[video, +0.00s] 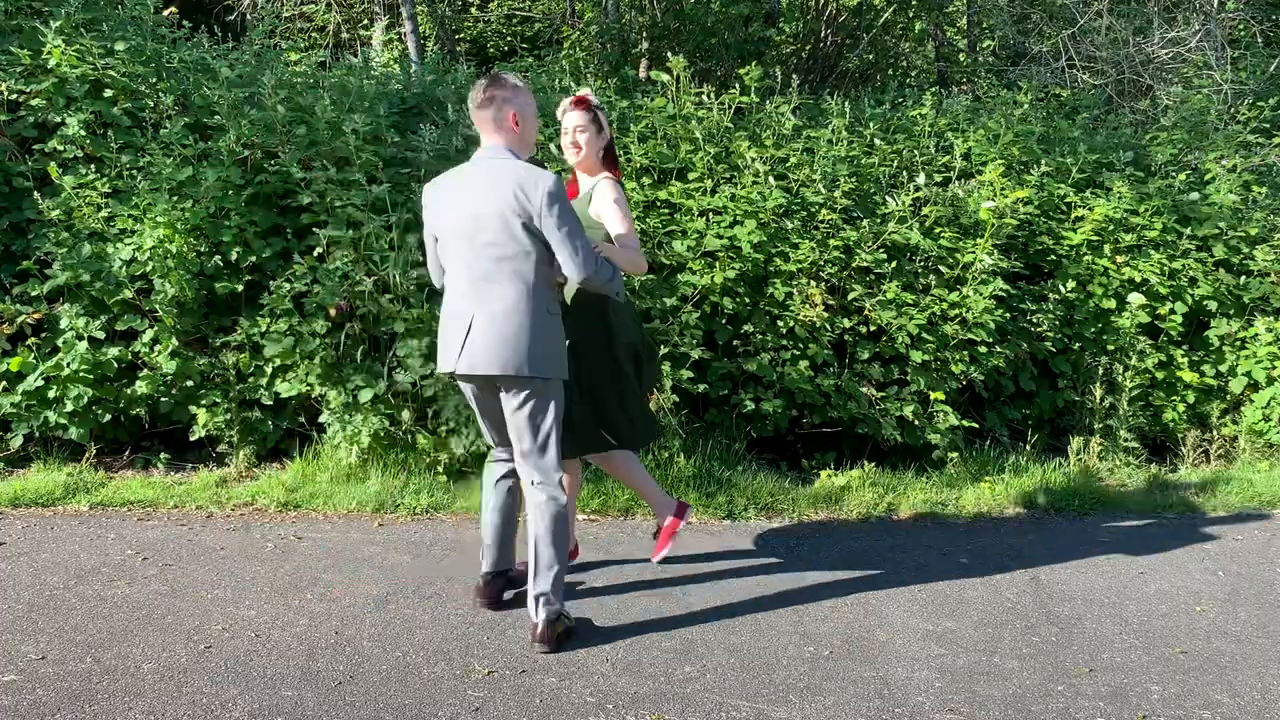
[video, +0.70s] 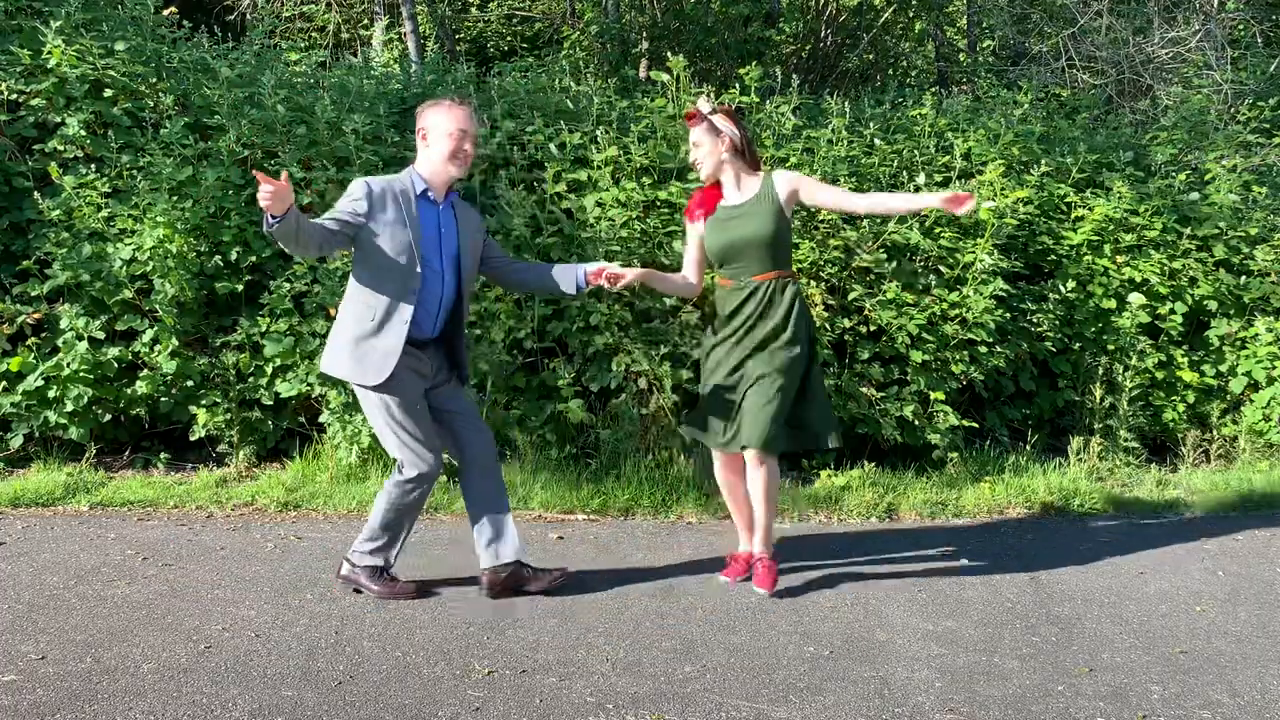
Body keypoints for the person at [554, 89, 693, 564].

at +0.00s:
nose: (571, 140)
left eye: (581, 132)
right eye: (565, 132)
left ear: (602, 138)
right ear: (560, 139)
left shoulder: (606, 189)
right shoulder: (578, 190)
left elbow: (636, 260)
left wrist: (587, 248)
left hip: (594, 317)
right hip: (575, 315)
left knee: (577, 430)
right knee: (577, 430)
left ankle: (561, 538)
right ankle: (667, 508)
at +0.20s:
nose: (628, 148)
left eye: (637, 138)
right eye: (625, 139)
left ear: (662, 142)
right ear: (625, 146)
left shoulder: (670, 193)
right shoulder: (651, 192)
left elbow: (680, 269)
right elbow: (654, 261)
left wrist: (622, 272)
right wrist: (615, 262)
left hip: (671, 329)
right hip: (663, 326)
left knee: (617, 418)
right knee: (665, 431)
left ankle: (617, 544)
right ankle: (708, 538)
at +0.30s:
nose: (653, 151)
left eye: (661, 141)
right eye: (650, 143)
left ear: (688, 143)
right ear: (655, 148)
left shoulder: (703, 194)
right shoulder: (673, 197)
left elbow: (723, 272)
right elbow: (654, 270)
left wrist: (673, 304)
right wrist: (595, 269)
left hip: (706, 328)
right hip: (689, 327)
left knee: (668, 438)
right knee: (681, 438)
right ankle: (709, 537)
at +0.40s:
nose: (675, 165)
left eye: (681, 155)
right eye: (672, 157)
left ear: (709, 151)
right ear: (680, 157)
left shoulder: (736, 203)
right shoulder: (693, 207)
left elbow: (756, 283)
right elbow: (672, 279)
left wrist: (748, 350)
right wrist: (607, 279)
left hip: (729, 338)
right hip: (698, 337)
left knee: (716, 450)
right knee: (687, 448)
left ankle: (798, 538)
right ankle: (711, 546)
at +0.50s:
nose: (687, 165)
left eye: (693, 154)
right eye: (684, 157)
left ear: (721, 150)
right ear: (695, 159)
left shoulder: (761, 202)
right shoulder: (698, 213)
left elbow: (797, 275)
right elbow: (679, 285)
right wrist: (619, 279)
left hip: (756, 332)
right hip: (714, 335)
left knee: (767, 452)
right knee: (686, 439)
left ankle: (817, 551)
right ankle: (711, 542)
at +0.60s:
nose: (689, 154)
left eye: (695, 143)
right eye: (688, 145)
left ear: (724, 140)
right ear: (707, 145)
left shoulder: (774, 187)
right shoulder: (700, 207)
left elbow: (837, 239)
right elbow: (687, 280)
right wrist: (638, 273)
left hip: (769, 315)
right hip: (726, 320)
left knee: (757, 440)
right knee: (698, 433)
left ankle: (805, 545)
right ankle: (737, 529)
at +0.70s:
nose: (691, 156)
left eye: (697, 144)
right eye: (689, 146)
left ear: (727, 141)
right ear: (711, 148)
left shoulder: (781, 185)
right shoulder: (701, 209)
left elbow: (859, 200)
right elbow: (690, 282)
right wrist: (639, 274)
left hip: (778, 319)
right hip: (729, 326)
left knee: (757, 444)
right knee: (724, 448)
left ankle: (763, 552)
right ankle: (747, 545)